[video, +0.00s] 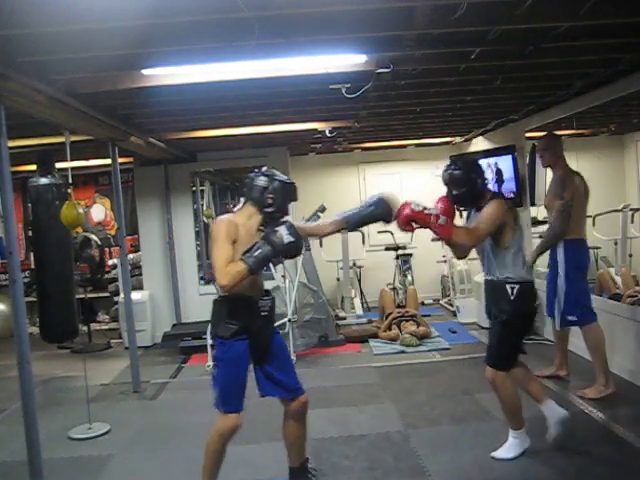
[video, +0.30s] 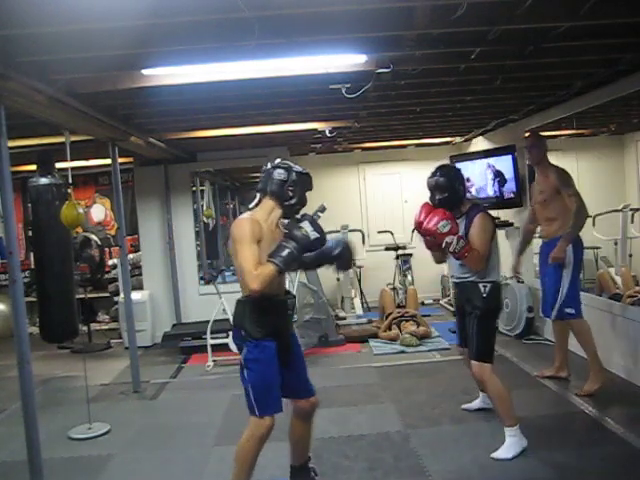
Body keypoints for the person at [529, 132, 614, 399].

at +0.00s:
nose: (539, 156)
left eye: (542, 152)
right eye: (538, 152)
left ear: (555, 152)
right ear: (552, 154)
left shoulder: (565, 181)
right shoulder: (571, 179)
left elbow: (558, 226)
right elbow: (567, 220)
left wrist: (536, 252)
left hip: (569, 249)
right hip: (566, 248)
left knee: (583, 313)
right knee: (559, 309)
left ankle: (604, 380)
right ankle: (560, 365)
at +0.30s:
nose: (529, 153)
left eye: (533, 148)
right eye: (527, 149)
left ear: (544, 148)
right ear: (526, 152)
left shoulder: (558, 175)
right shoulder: (534, 183)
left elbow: (581, 211)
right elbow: (531, 221)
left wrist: (564, 244)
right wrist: (518, 255)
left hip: (567, 245)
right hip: (547, 246)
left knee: (568, 309)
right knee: (554, 309)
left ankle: (597, 370)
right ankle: (560, 366)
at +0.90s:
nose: (544, 153)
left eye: (548, 148)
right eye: (542, 149)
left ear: (560, 148)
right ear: (541, 152)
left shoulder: (575, 178)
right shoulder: (545, 184)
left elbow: (590, 220)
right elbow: (548, 224)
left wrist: (569, 252)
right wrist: (540, 254)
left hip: (576, 250)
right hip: (551, 250)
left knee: (586, 311)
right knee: (558, 311)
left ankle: (597, 369)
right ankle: (561, 367)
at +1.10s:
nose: (550, 155)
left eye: (555, 150)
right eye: (549, 150)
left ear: (567, 151)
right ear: (550, 152)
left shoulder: (581, 179)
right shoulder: (556, 181)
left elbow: (599, 223)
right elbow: (556, 221)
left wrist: (572, 254)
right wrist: (545, 252)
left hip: (582, 252)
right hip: (558, 251)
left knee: (591, 311)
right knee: (555, 308)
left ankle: (597, 370)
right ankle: (560, 365)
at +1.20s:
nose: (550, 155)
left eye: (553, 151)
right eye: (548, 151)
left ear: (567, 150)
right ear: (551, 152)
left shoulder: (582, 177)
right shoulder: (558, 178)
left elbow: (604, 220)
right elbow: (560, 217)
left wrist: (576, 251)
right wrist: (550, 243)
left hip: (582, 251)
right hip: (559, 250)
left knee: (591, 312)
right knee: (557, 309)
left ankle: (597, 370)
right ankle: (561, 364)